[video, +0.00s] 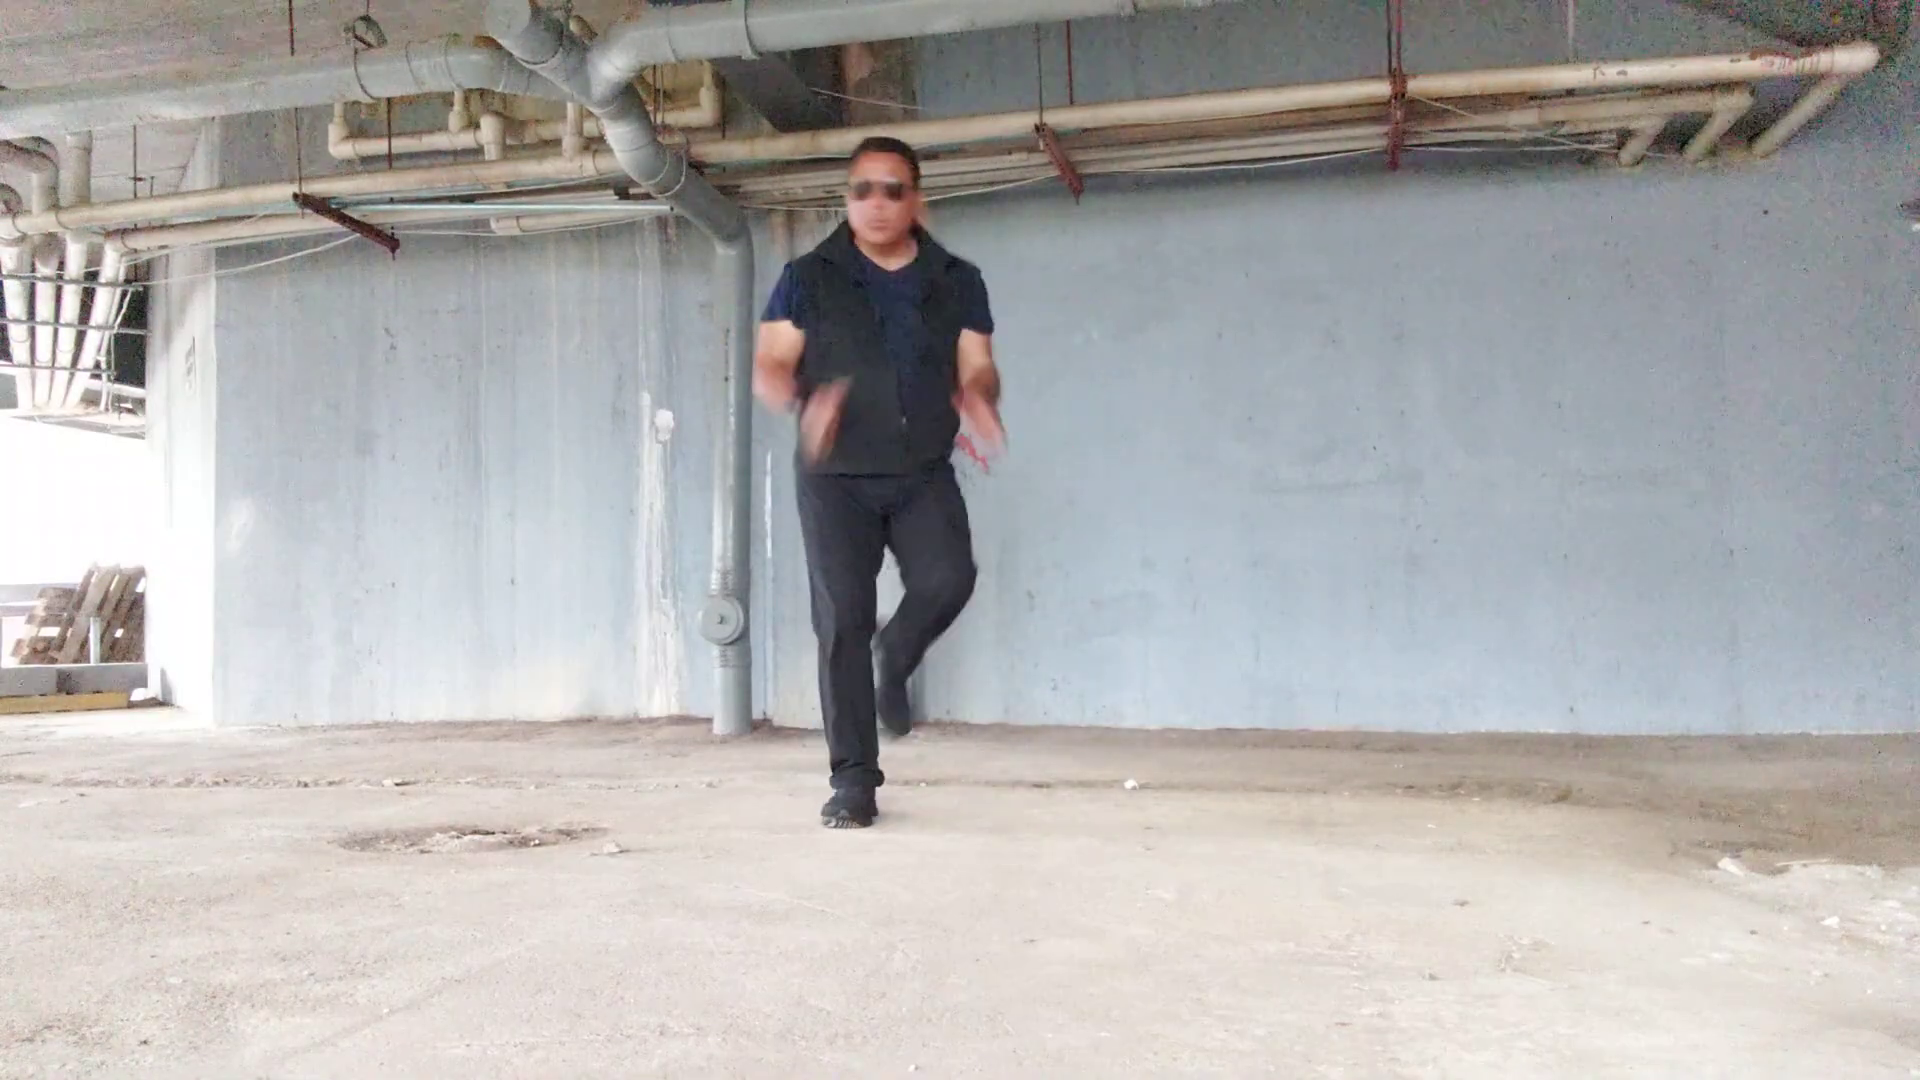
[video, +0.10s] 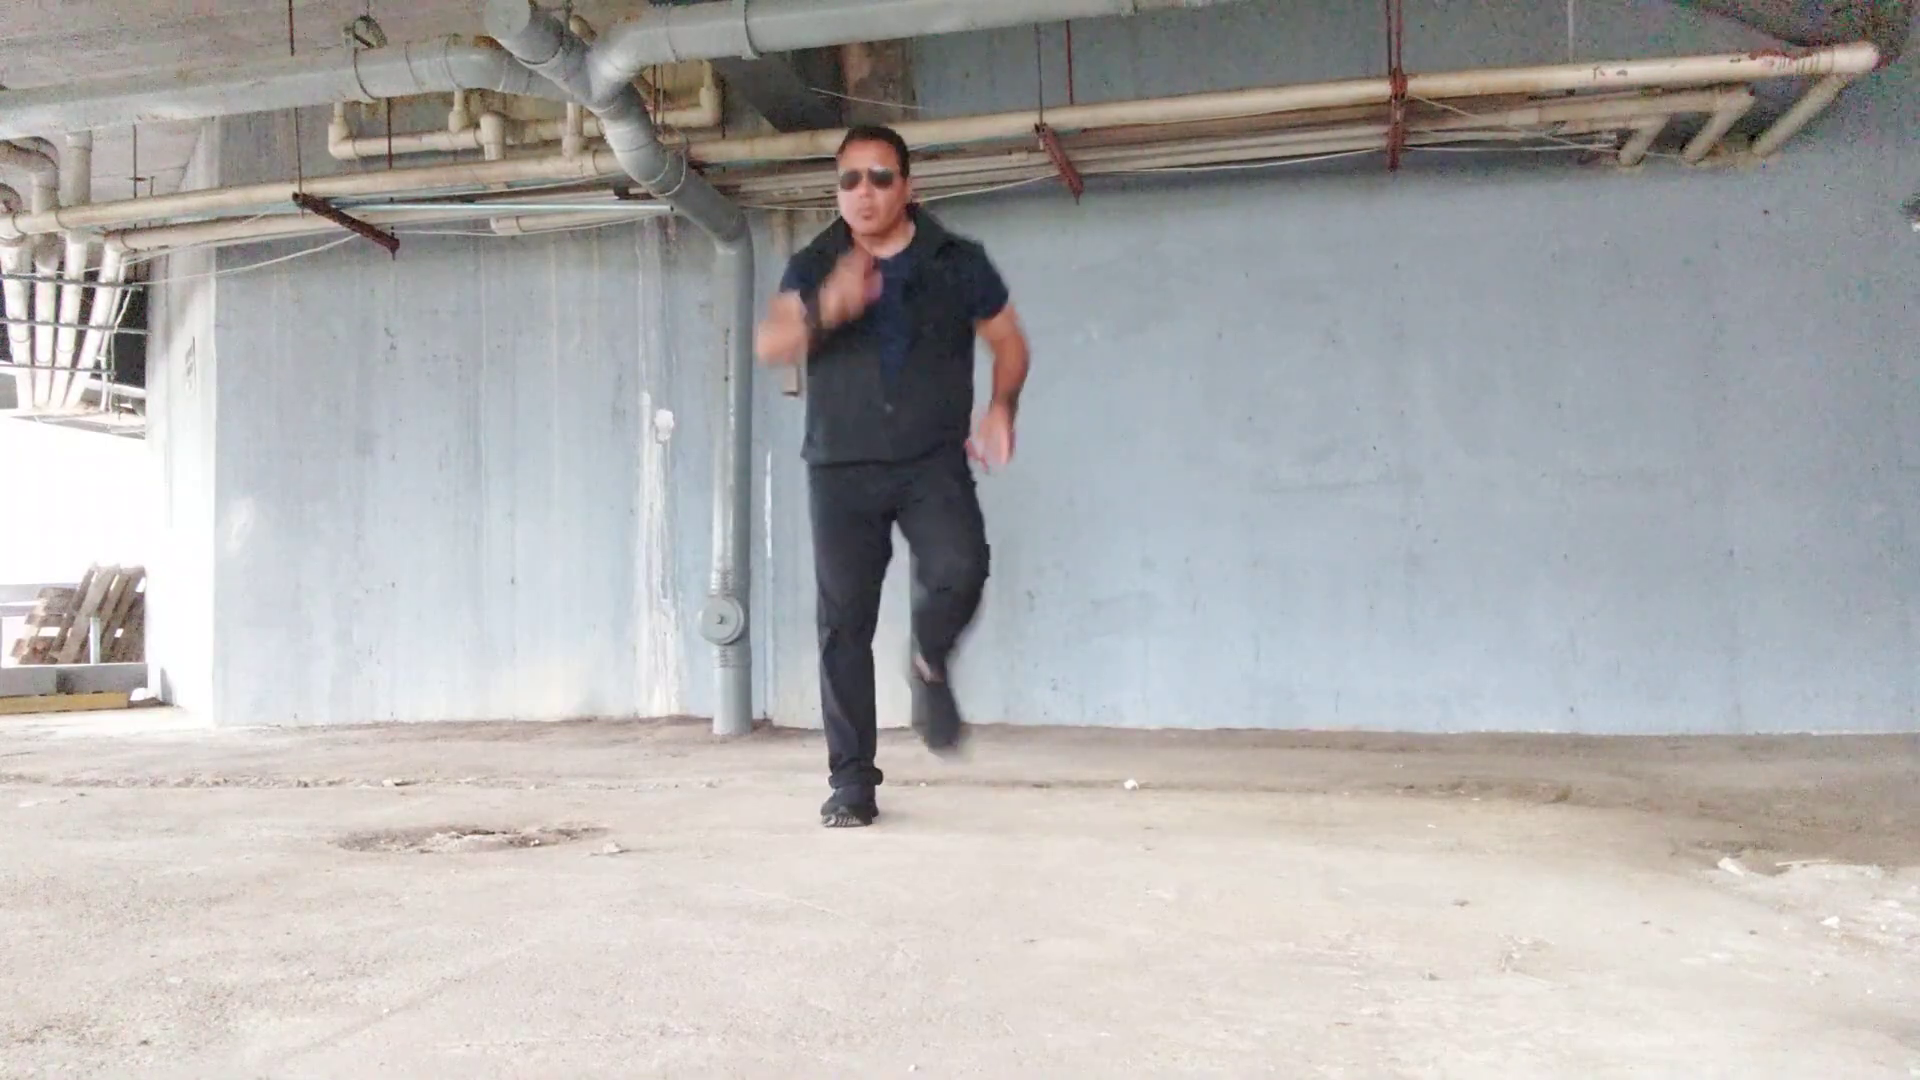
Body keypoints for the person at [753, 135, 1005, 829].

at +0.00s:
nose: (878, 201)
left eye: (893, 190)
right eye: (864, 190)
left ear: (917, 200)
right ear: (847, 200)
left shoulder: (957, 281)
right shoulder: (808, 277)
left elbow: (978, 372)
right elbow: (770, 372)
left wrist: (977, 402)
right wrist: (802, 399)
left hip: (923, 476)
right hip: (836, 479)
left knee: (949, 580)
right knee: (846, 625)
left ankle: (891, 663)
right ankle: (853, 781)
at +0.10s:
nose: (864, 193)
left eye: (880, 179)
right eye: (851, 180)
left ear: (906, 188)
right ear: (837, 189)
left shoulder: (956, 261)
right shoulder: (819, 261)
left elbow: (1009, 346)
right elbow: (768, 344)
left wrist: (1001, 406)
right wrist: (829, 307)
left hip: (934, 463)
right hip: (843, 469)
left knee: (960, 573)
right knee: (843, 626)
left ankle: (930, 664)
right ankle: (851, 783)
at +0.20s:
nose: (879, 180)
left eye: (894, 166)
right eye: (864, 168)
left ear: (919, 175)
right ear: (847, 180)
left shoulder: (965, 240)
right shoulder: (823, 249)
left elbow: (1035, 298)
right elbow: (737, 299)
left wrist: (1006, 344)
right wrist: (788, 257)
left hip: (948, 456)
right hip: (857, 463)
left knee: (971, 602)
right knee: (854, 618)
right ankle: (850, 777)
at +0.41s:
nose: (928, 171)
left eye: (943, 159)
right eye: (913, 160)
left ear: (966, 171)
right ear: (894, 171)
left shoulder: (1012, 245)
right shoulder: (871, 250)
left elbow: (1061, 330)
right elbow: (819, 325)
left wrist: (997, 323)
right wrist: (774, 341)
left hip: (989, 467)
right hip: (897, 468)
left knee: (994, 627)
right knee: (875, 619)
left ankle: (991, 786)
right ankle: (866, 776)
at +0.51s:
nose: (950, 177)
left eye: (965, 165)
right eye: (935, 166)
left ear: (987, 177)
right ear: (915, 180)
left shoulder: (1032, 260)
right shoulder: (885, 263)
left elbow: (1062, 359)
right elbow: (857, 362)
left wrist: (1027, 412)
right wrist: (853, 370)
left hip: (1001, 473)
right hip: (914, 472)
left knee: (1001, 629)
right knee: (894, 608)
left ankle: (992, 781)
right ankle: (961, 745)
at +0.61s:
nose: (967, 177)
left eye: (983, 165)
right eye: (953, 165)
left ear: (1004, 176)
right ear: (933, 175)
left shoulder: (1043, 257)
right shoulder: (908, 249)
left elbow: (1104, 345)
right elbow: (847, 310)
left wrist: (1143, 431)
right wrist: (934, 292)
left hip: (1006, 464)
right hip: (928, 466)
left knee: (992, 618)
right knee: (949, 624)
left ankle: (997, 789)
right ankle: (1059, 739)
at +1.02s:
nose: (1029, 180)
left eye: (1038, 166)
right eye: (1011, 167)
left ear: (1049, 173)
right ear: (971, 176)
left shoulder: (1071, 256)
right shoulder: (926, 249)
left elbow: (1103, 353)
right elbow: (872, 336)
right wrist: (885, 373)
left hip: (1034, 470)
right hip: (944, 470)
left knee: (1045, 617)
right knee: (914, 599)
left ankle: (1062, 780)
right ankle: (944, 769)